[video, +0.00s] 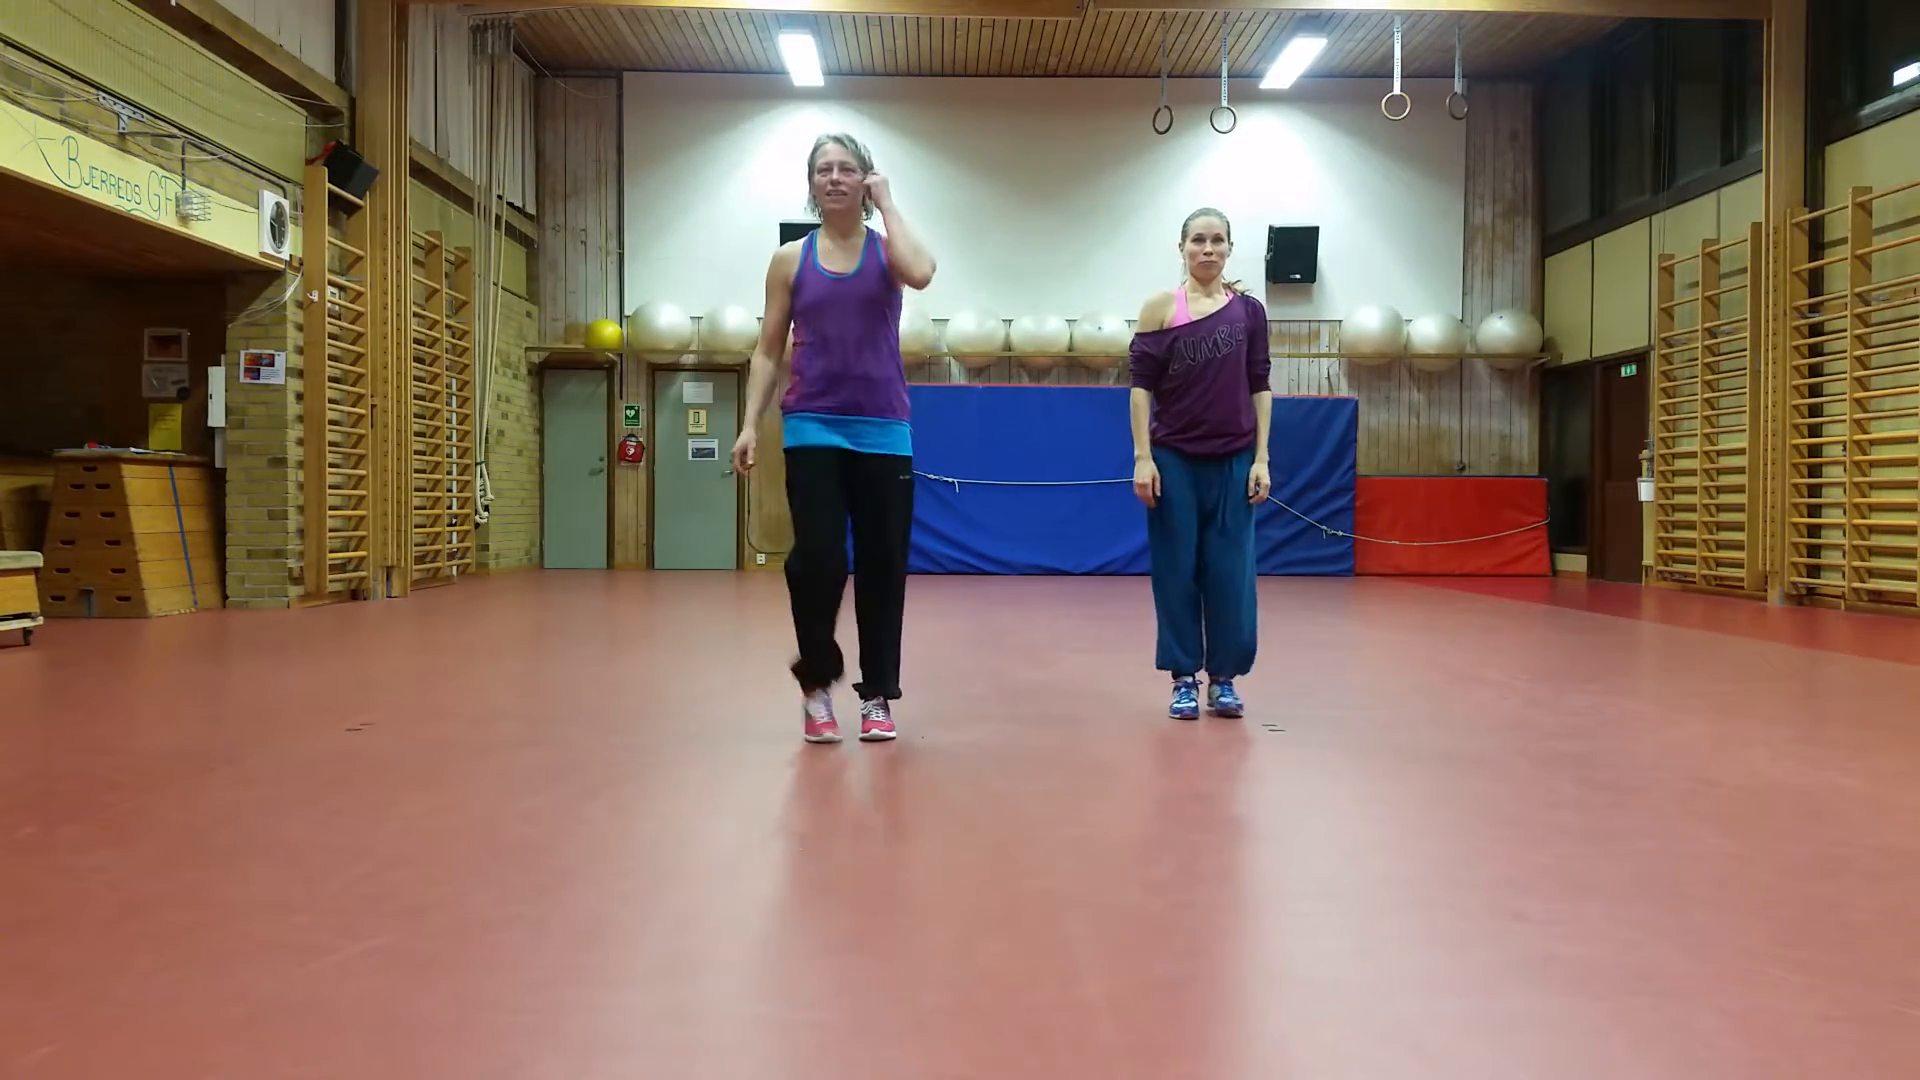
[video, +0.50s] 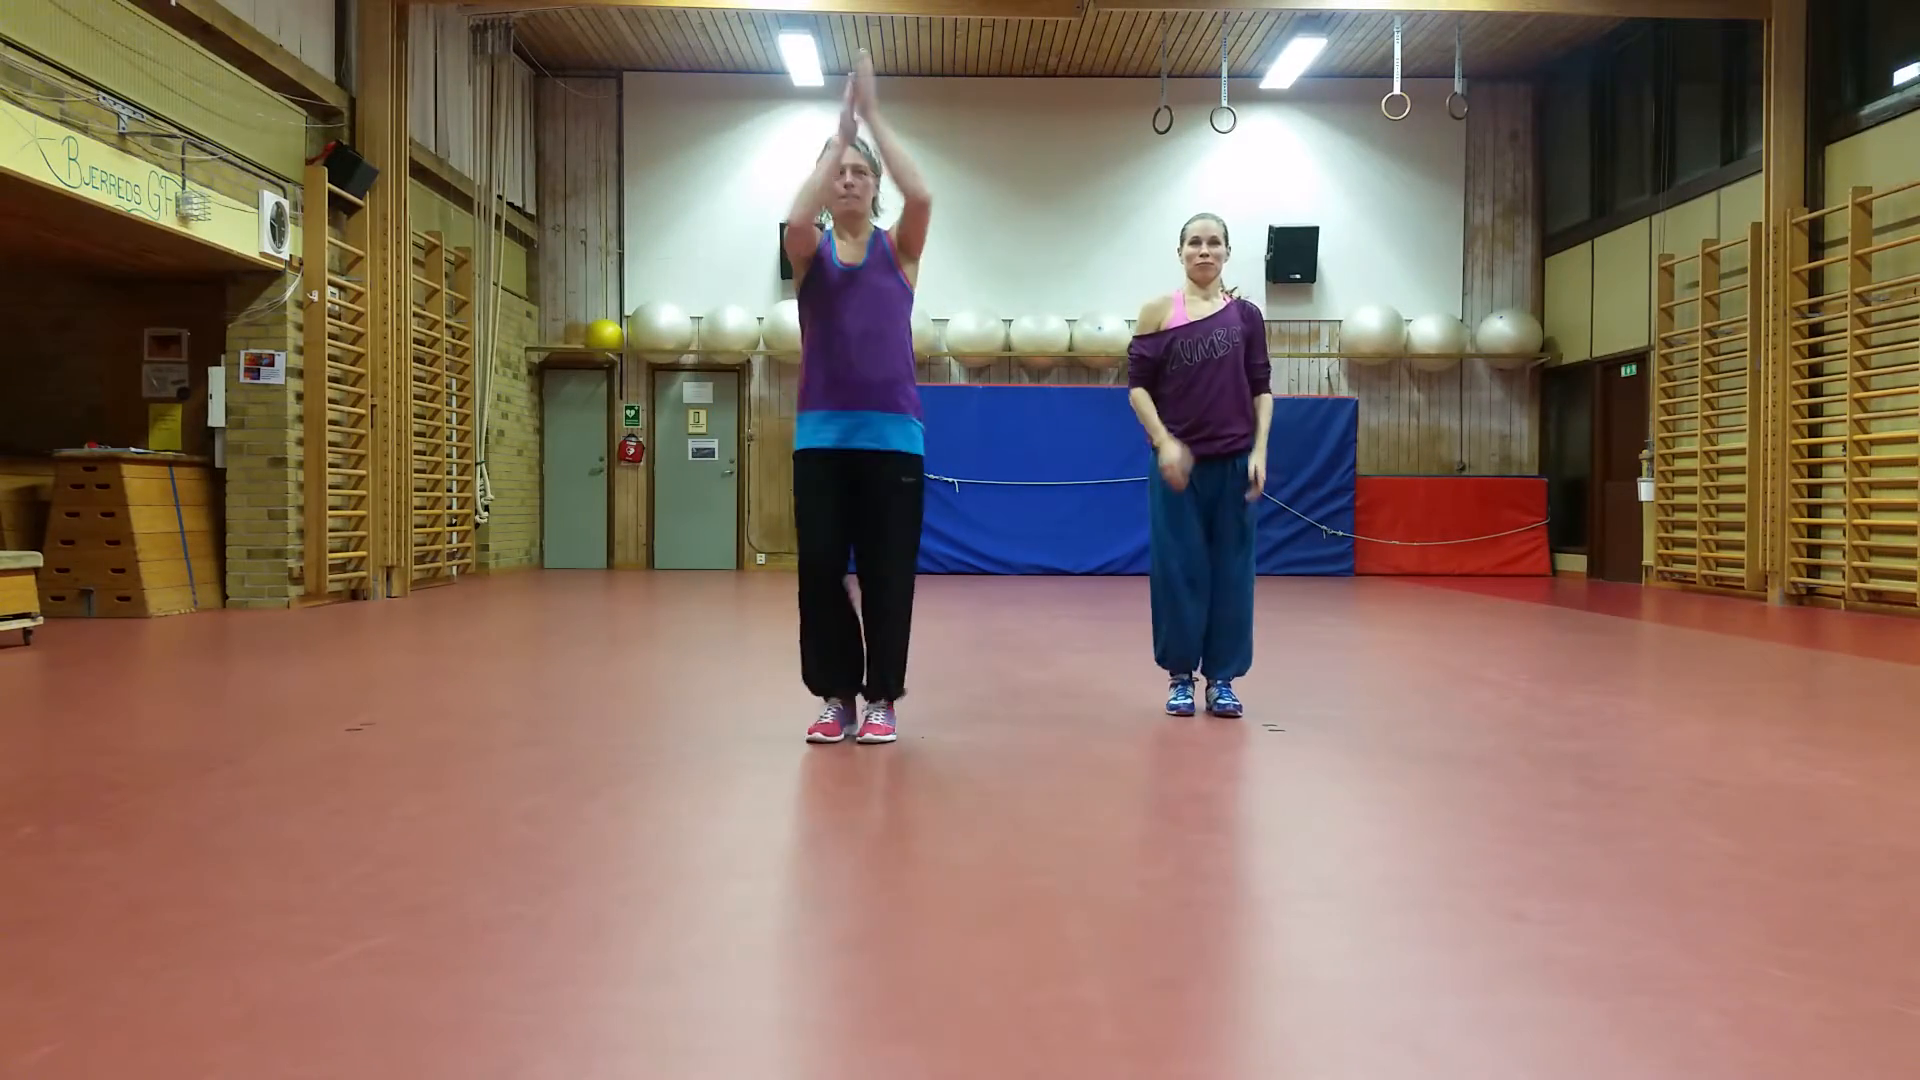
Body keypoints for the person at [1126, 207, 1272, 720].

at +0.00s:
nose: (1208, 248)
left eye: (1217, 240)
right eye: (1199, 239)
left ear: (1229, 248)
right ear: (1183, 247)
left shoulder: (1249, 309)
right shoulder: (1160, 308)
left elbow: (1260, 385)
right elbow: (1140, 386)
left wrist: (1261, 457)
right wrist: (1141, 457)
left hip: (1234, 458)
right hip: (1174, 458)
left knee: (1231, 569)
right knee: (1178, 569)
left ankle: (1222, 681)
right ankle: (1184, 680)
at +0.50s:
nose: (1204, 251)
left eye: (1214, 243)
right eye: (1196, 242)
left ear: (1227, 252)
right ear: (1181, 251)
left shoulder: (1246, 314)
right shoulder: (1158, 312)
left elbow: (1262, 386)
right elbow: (1137, 386)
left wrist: (1259, 449)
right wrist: (1164, 441)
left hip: (1234, 461)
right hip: (1176, 461)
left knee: (1232, 569)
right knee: (1179, 567)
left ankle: (1221, 680)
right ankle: (1181, 678)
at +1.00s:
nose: (1215, 256)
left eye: (1223, 249)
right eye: (1206, 248)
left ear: (1230, 257)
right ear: (1187, 255)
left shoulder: (1245, 304)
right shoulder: (1170, 309)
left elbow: (1289, 306)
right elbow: (1148, 319)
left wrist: (1254, 250)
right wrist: (1185, 274)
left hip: (1237, 453)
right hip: (1179, 452)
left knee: (1237, 565)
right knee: (1186, 561)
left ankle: (1226, 677)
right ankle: (1183, 669)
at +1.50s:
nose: (1211, 250)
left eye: (1219, 243)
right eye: (1201, 243)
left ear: (1227, 255)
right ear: (1183, 254)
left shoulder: (1240, 306)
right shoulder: (1166, 312)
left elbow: (1282, 253)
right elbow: (1155, 272)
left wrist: (1252, 184)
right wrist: (1170, 202)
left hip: (1238, 460)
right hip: (1181, 460)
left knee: (1245, 568)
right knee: (1191, 571)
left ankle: (1225, 659)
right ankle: (1195, 677)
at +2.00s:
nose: (1210, 237)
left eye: (1217, 230)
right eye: (1200, 229)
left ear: (1227, 241)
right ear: (1182, 240)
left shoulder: (1242, 293)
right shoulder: (1169, 298)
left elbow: (1273, 240)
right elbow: (1160, 268)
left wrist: (1225, 189)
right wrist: (1189, 205)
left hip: (1232, 447)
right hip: (1174, 443)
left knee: (1229, 559)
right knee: (1183, 551)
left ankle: (1209, 668)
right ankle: (1175, 661)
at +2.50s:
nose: (1228, 248)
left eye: (1236, 243)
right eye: (1218, 241)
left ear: (1245, 259)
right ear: (1200, 256)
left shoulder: (1253, 307)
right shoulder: (1180, 310)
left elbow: (1292, 237)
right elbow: (1161, 260)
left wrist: (1243, 181)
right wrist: (1205, 195)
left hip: (1253, 460)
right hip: (1192, 462)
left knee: (1257, 574)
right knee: (1198, 576)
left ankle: (1253, 674)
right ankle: (1217, 673)